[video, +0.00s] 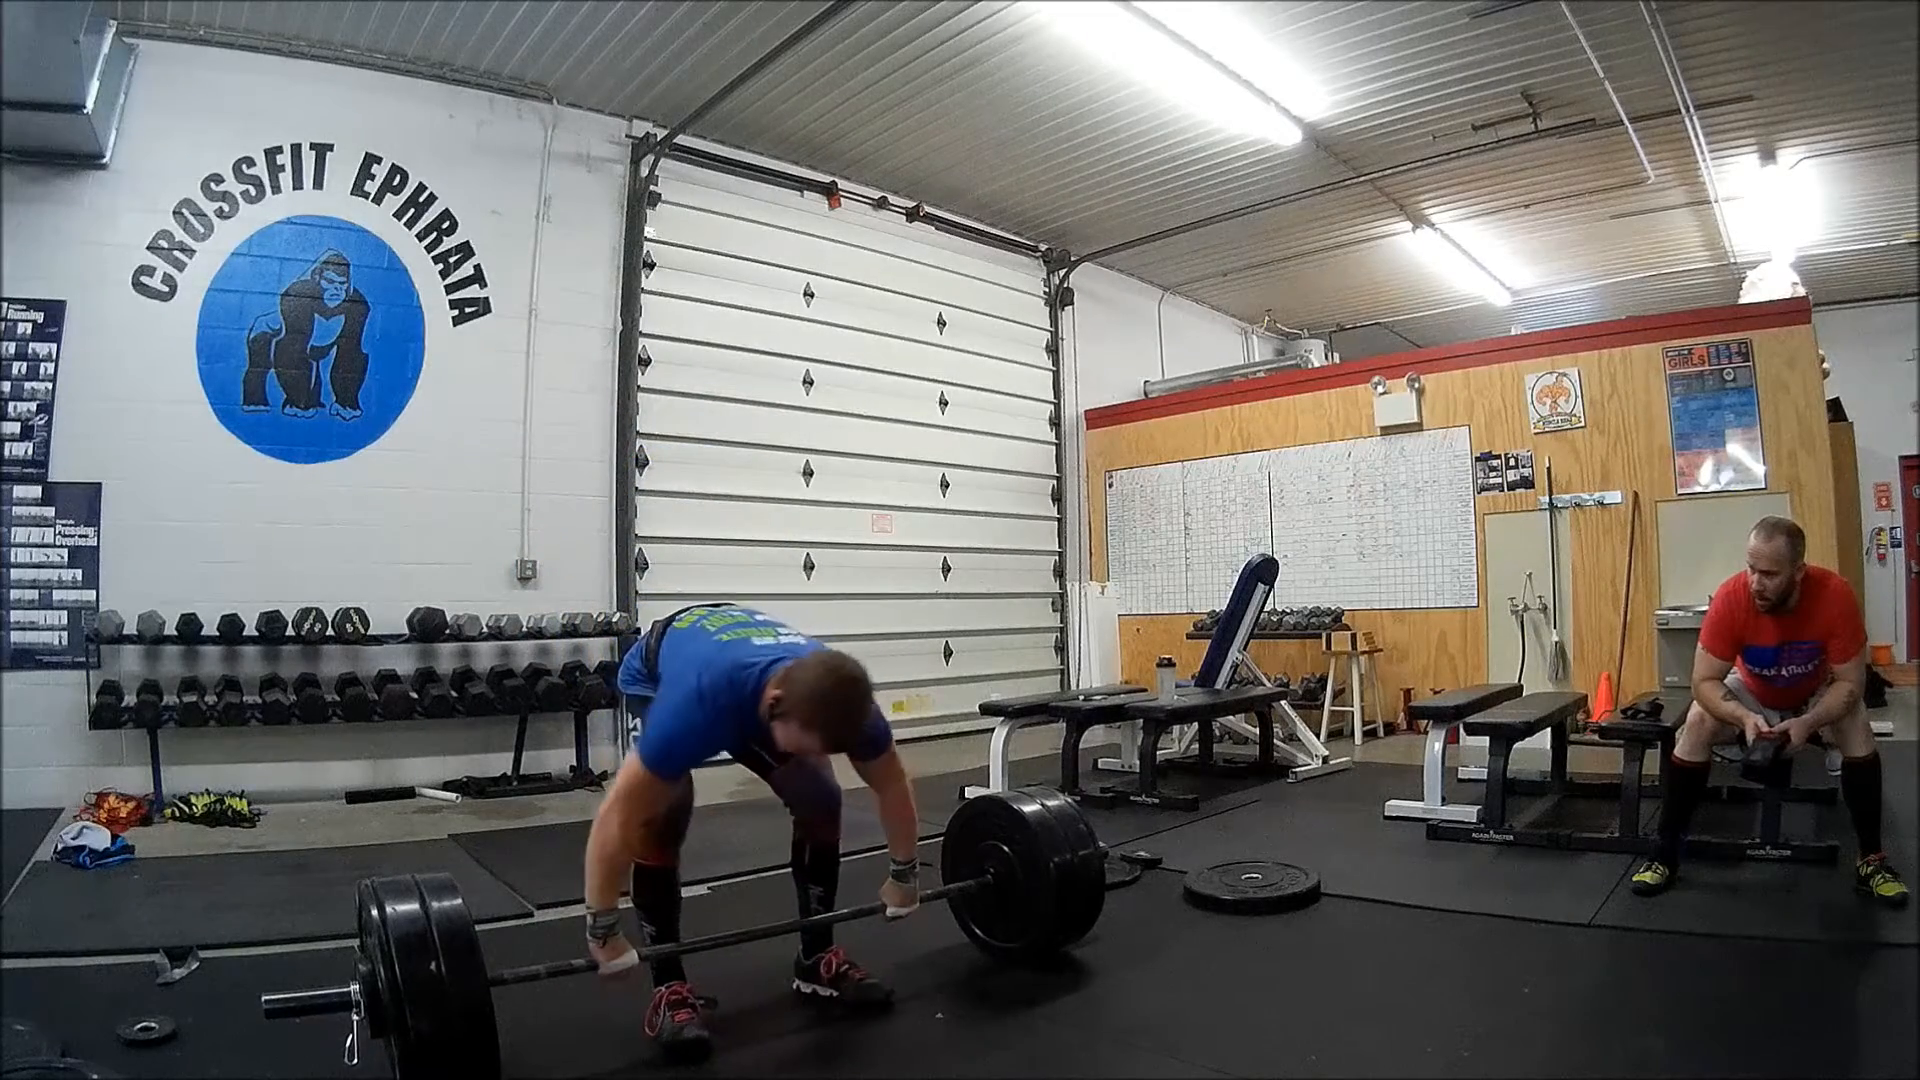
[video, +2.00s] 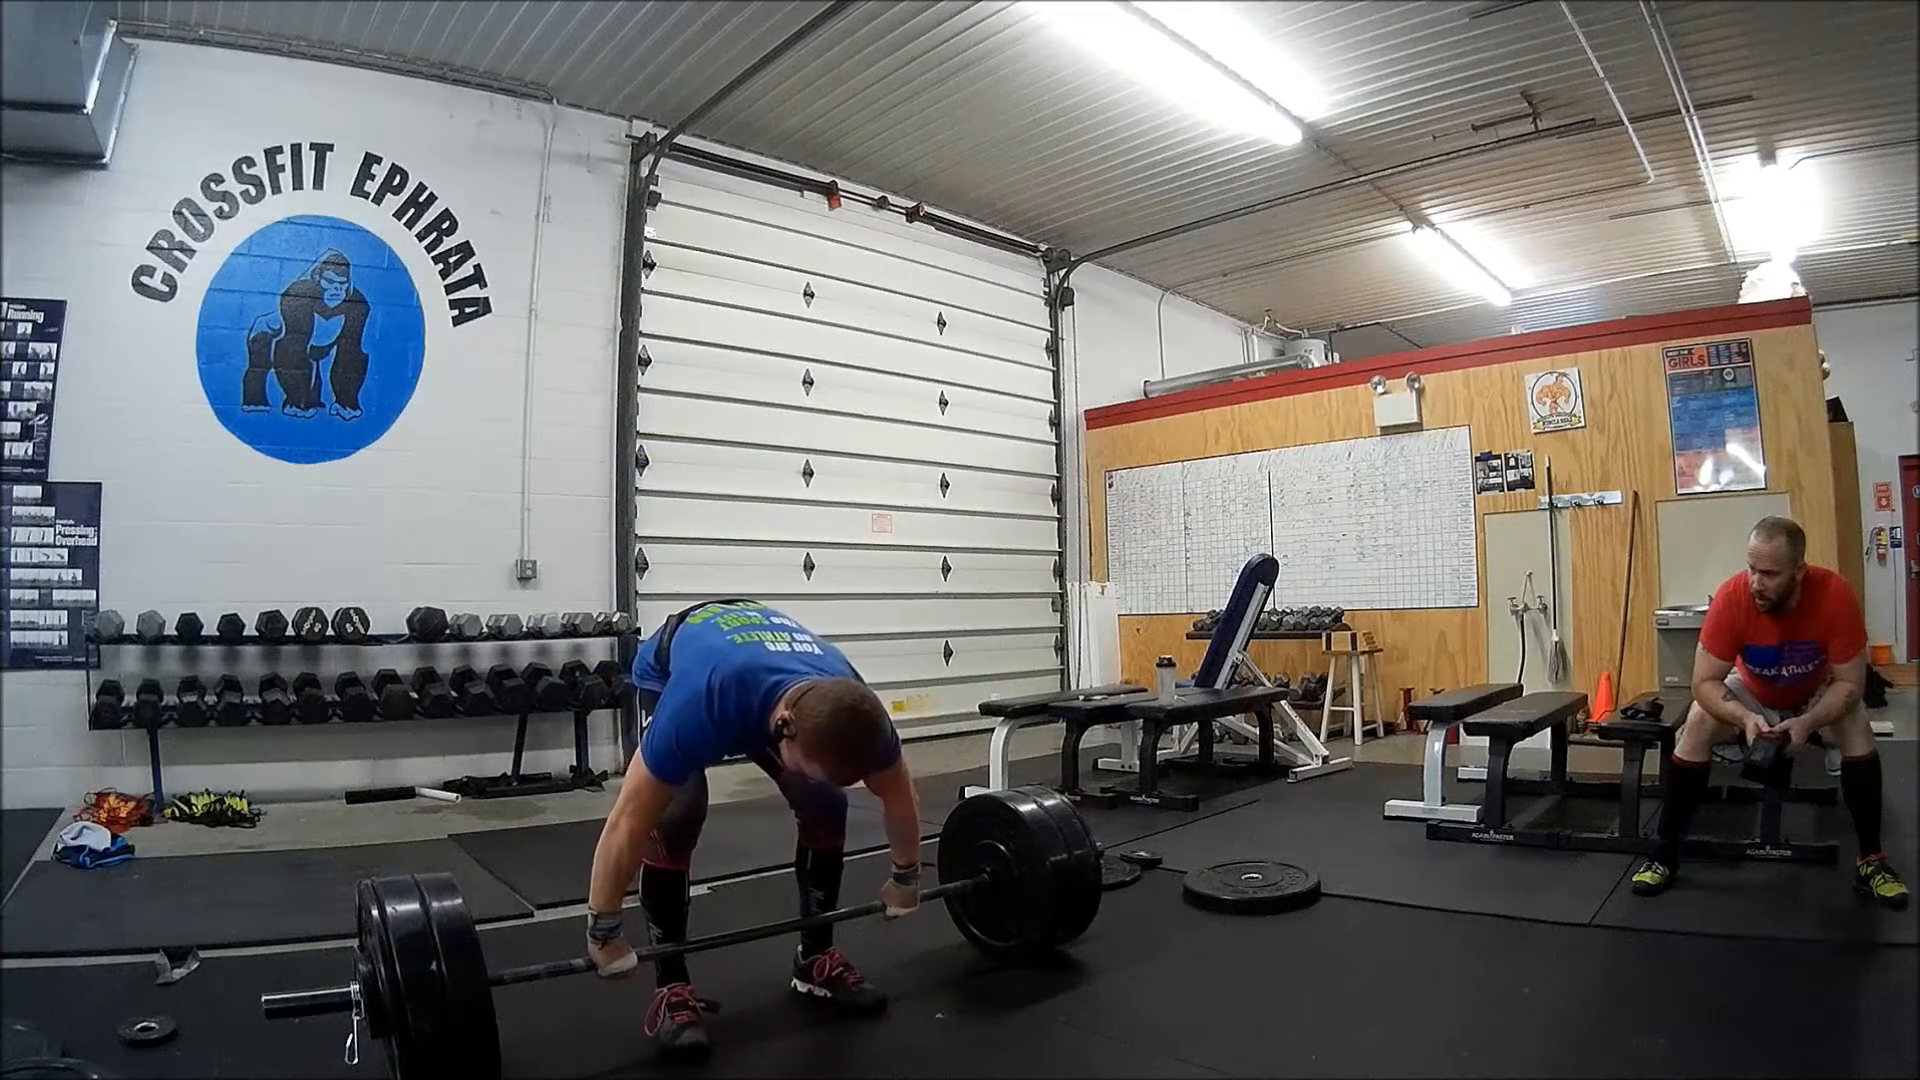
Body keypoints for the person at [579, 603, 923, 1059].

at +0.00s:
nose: (808, 762)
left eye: (822, 755)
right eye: (801, 750)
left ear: (843, 722)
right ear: (774, 703)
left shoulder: (848, 707)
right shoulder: (697, 704)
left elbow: (890, 782)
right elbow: (617, 811)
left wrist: (906, 873)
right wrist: (602, 930)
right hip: (651, 679)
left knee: (820, 800)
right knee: (665, 816)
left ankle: (817, 959)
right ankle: (670, 990)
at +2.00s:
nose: (822, 789)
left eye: (838, 782)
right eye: (815, 776)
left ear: (866, 743)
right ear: (785, 726)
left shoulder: (865, 722)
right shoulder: (698, 707)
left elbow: (898, 794)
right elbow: (628, 818)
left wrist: (907, 877)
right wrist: (603, 932)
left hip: (772, 647)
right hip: (671, 667)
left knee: (827, 807)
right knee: (679, 816)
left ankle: (816, 959)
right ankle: (672, 989)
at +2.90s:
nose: (836, 724)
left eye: (847, 710)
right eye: (824, 710)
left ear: (862, 693)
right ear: (789, 675)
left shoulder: (848, 688)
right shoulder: (703, 685)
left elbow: (880, 784)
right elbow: (651, 812)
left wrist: (901, 868)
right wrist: (619, 923)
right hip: (650, 675)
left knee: (805, 799)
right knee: (659, 826)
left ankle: (813, 959)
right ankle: (670, 990)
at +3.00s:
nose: (840, 662)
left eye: (848, 644)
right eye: (826, 643)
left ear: (856, 637)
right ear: (782, 635)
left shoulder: (847, 687)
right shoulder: (701, 681)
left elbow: (880, 780)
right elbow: (647, 809)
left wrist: (900, 871)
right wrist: (618, 922)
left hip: (742, 721)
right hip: (659, 716)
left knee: (831, 805)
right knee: (672, 819)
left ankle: (815, 961)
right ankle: (671, 994)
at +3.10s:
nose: (824, 616)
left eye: (830, 600)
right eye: (805, 601)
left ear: (837, 606)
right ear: (761, 609)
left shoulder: (839, 684)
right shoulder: (698, 680)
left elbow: (879, 776)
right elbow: (639, 800)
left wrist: (902, 869)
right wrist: (619, 921)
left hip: (762, 770)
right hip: (678, 773)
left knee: (852, 817)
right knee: (674, 830)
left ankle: (814, 963)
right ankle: (673, 997)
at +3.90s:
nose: (814, 590)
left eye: (820, 575)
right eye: (794, 577)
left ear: (830, 587)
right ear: (755, 591)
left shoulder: (835, 672)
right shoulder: (698, 674)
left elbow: (871, 776)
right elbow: (648, 797)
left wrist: (898, 862)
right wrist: (619, 912)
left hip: (765, 779)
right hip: (685, 784)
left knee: (851, 819)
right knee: (690, 834)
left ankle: (815, 963)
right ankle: (674, 996)